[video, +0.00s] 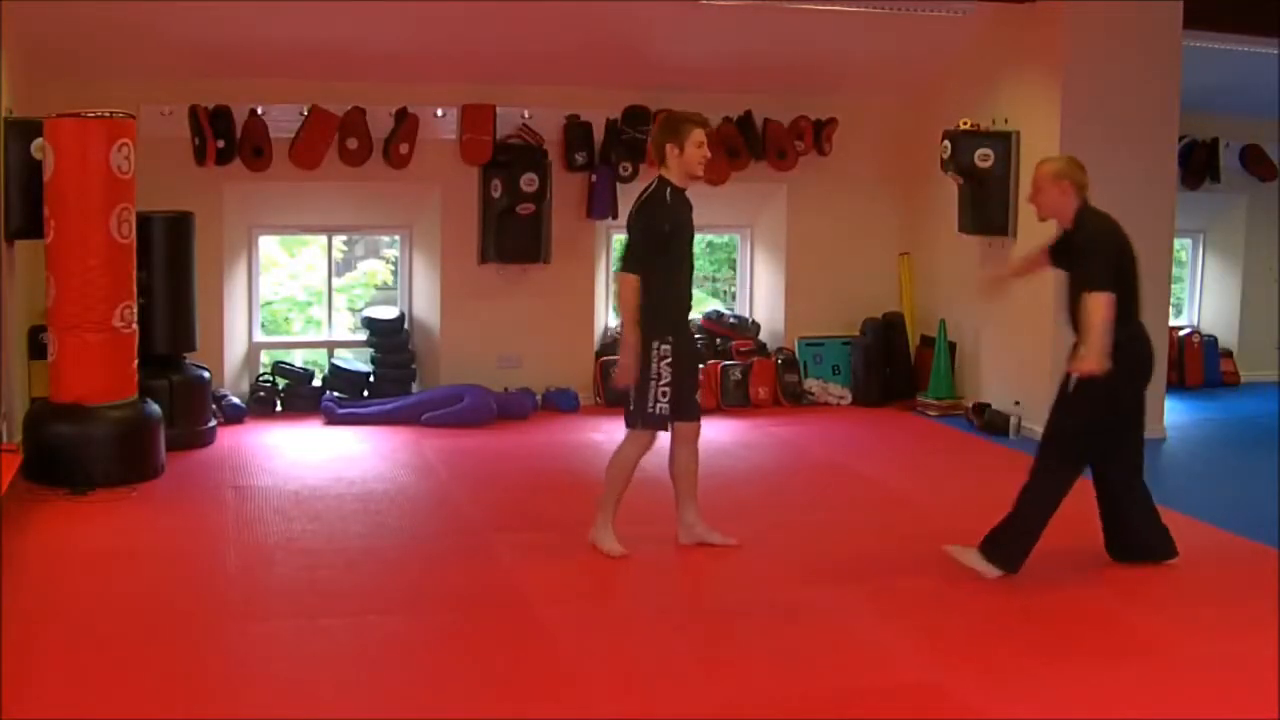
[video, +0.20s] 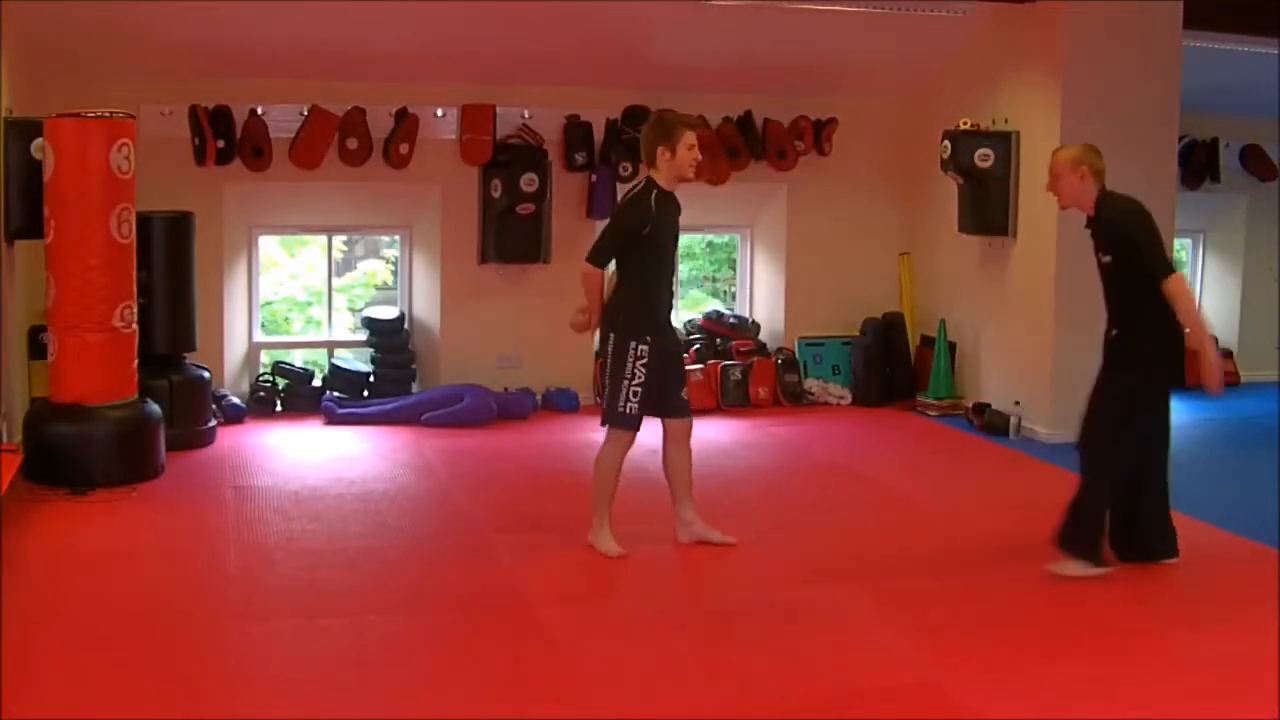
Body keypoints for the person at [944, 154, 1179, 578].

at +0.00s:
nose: (1031, 197)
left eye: (1037, 188)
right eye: (1032, 189)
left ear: (1065, 189)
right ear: (1064, 191)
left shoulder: (1094, 232)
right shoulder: (1078, 231)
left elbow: (1099, 299)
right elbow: (1043, 258)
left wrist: (1093, 351)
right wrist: (1006, 272)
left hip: (1108, 355)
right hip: (1115, 352)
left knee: (1058, 455)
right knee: (1114, 454)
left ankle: (1000, 554)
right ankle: (1146, 543)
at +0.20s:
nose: (1050, 187)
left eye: (1055, 178)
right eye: (1050, 179)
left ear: (1082, 176)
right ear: (1082, 177)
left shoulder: (1122, 215)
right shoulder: (1104, 218)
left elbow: (1171, 280)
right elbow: (1135, 286)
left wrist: (1205, 345)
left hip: (1141, 351)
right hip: (1135, 347)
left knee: (1101, 440)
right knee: (1140, 442)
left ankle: (1084, 547)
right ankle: (1149, 541)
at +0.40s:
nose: (1067, 195)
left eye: (1071, 186)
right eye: (1066, 187)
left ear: (1098, 181)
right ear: (1098, 182)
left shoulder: (1141, 214)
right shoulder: (1124, 219)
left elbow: (1200, 270)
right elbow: (1172, 272)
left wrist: (1214, 318)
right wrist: (1209, 316)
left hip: (1177, 341)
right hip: (1154, 339)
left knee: (1165, 445)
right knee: (1150, 442)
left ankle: (1221, 545)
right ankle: (1152, 545)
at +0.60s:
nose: (1091, 193)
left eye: (1098, 184)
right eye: (1092, 185)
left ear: (1125, 187)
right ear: (1124, 187)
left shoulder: (1163, 225)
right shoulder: (1147, 229)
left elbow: (1210, 291)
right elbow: (1207, 288)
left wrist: (1242, 346)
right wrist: (1247, 338)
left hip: (1205, 363)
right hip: (1176, 362)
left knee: (1232, 461)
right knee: (1151, 444)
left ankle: (1267, 568)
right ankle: (1160, 546)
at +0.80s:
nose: (1126, 175)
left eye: (1130, 165)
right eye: (1125, 166)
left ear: (1157, 159)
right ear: (1158, 160)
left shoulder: (1189, 204)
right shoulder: (1177, 202)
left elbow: (1163, 277)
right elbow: (1170, 277)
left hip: (1202, 340)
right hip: (1174, 338)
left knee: (1224, 451)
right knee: (1139, 430)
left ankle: (1263, 564)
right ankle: (1152, 534)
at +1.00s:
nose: (1126, 164)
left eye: (1132, 154)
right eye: (1127, 155)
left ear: (1161, 157)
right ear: (1161, 158)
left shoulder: (1174, 206)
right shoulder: (1168, 204)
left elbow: (1090, 223)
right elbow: (1095, 223)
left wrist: (1017, 216)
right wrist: (1022, 218)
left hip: (1176, 347)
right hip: (1148, 346)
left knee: (1204, 455)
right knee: (1121, 445)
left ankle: (1255, 558)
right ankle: (1128, 548)